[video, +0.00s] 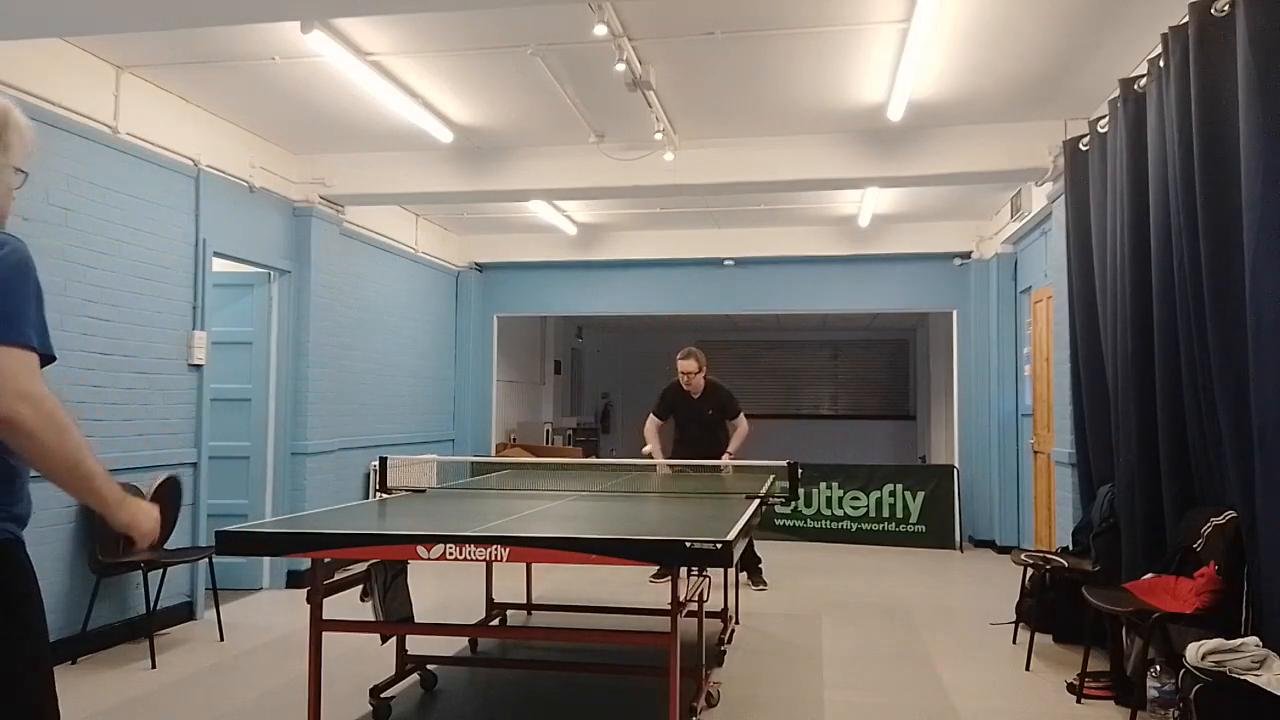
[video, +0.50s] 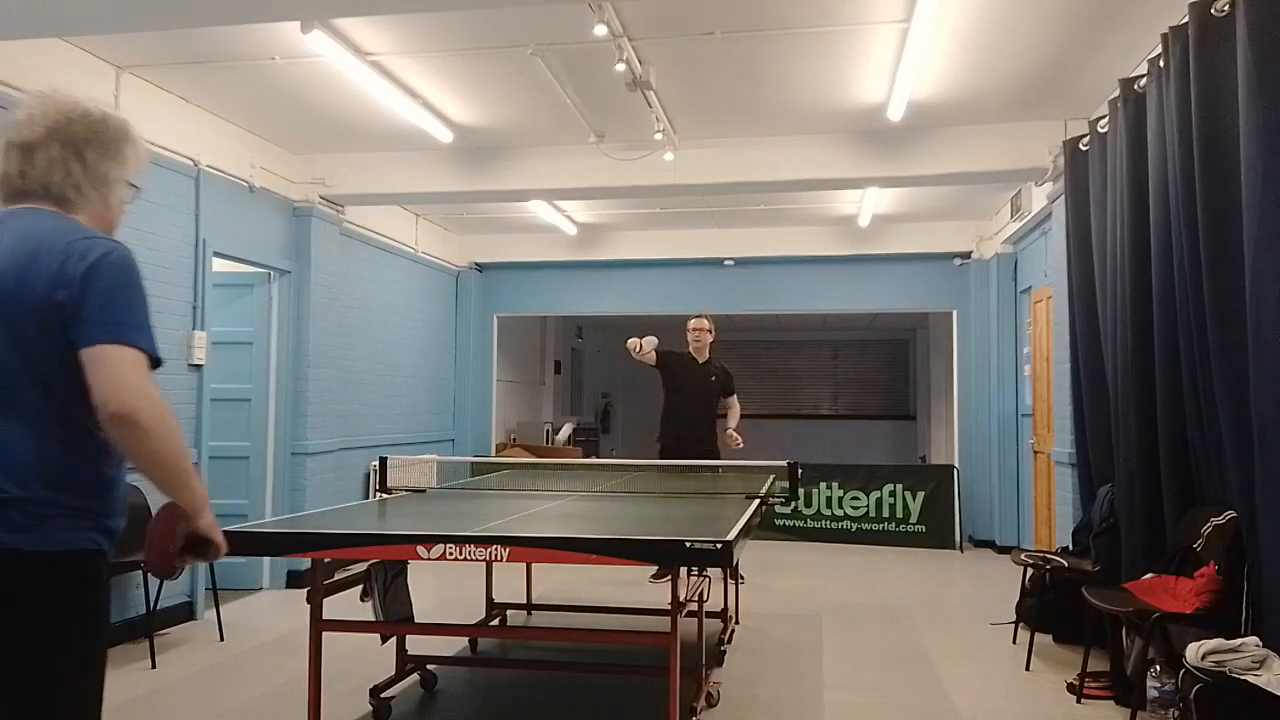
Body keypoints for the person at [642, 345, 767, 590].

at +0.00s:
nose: (686, 379)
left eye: (691, 373)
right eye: (682, 373)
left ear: (703, 370)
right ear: (677, 372)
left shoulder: (719, 393)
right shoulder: (672, 393)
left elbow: (742, 427)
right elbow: (650, 427)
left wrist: (729, 454)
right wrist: (660, 461)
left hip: (716, 468)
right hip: (681, 468)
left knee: (733, 515)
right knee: (669, 512)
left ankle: (753, 568)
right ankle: (669, 562)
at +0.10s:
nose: (685, 371)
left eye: (690, 366)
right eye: (680, 366)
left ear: (702, 363)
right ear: (675, 363)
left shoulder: (716, 387)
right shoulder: (668, 384)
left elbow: (732, 420)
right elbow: (638, 411)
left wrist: (721, 445)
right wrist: (649, 437)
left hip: (708, 464)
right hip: (675, 464)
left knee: (725, 512)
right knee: (668, 511)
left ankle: (750, 567)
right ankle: (669, 561)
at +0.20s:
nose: (686, 354)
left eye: (691, 349)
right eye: (682, 349)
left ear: (703, 348)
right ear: (677, 347)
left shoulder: (714, 377)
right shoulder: (667, 370)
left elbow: (728, 409)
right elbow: (631, 379)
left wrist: (719, 434)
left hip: (704, 456)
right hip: (670, 454)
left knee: (722, 506)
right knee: (667, 508)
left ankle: (741, 563)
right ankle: (669, 560)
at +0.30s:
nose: (691, 339)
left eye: (697, 335)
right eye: (687, 334)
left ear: (705, 337)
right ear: (680, 336)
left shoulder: (714, 370)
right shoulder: (665, 359)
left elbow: (726, 402)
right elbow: (641, 360)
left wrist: (720, 427)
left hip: (702, 450)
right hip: (669, 448)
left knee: (712, 505)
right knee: (666, 506)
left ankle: (729, 559)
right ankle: (668, 560)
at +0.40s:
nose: (695, 334)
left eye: (700, 330)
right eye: (691, 329)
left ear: (709, 334)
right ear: (683, 332)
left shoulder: (716, 370)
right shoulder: (666, 356)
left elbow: (727, 402)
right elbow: (644, 350)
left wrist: (723, 427)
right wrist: (634, 345)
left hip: (702, 447)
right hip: (669, 446)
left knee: (707, 504)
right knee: (667, 504)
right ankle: (668, 561)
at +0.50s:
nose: (698, 334)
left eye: (703, 331)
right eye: (694, 330)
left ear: (712, 336)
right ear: (687, 334)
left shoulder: (720, 371)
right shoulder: (670, 359)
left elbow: (733, 404)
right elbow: (641, 353)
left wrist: (729, 428)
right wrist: (638, 343)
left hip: (705, 450)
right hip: (672, 448)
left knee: (712, 506)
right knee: (668, 506)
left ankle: (727, 560)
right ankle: (668, 560)